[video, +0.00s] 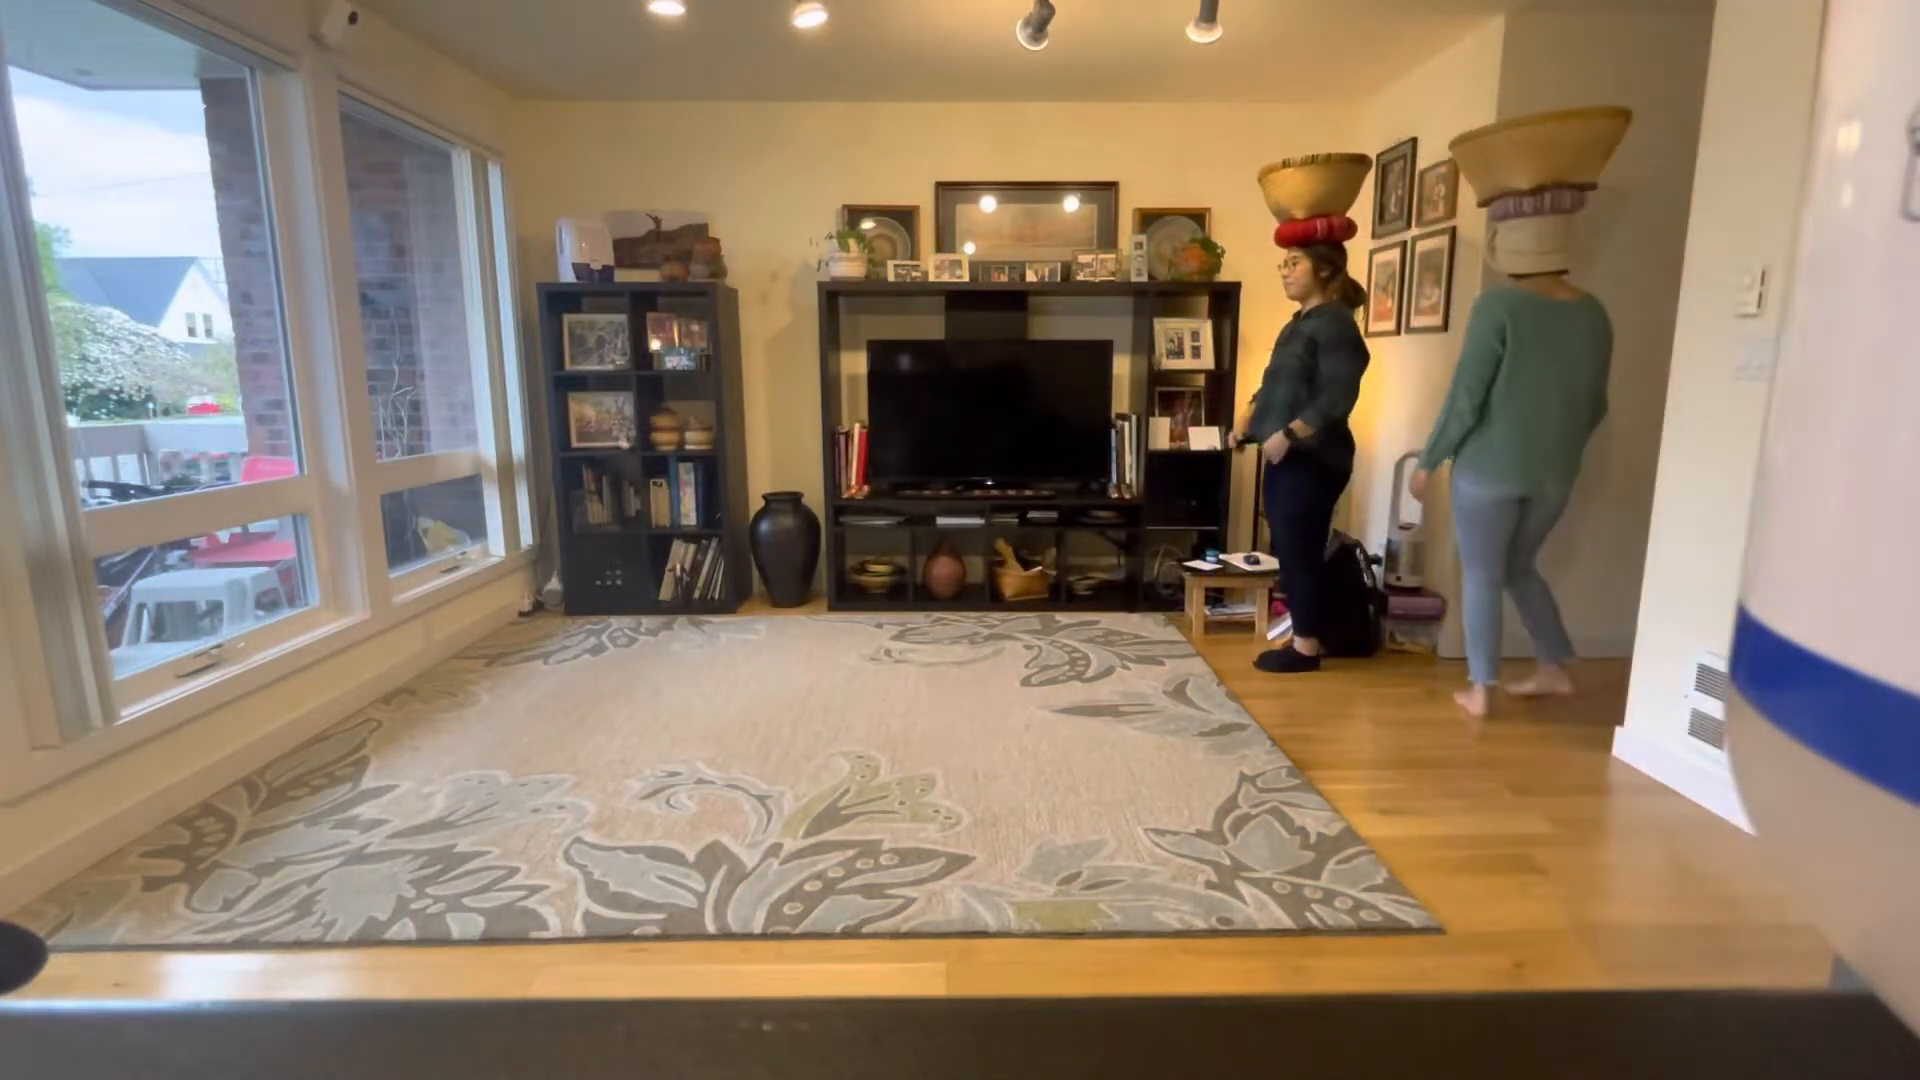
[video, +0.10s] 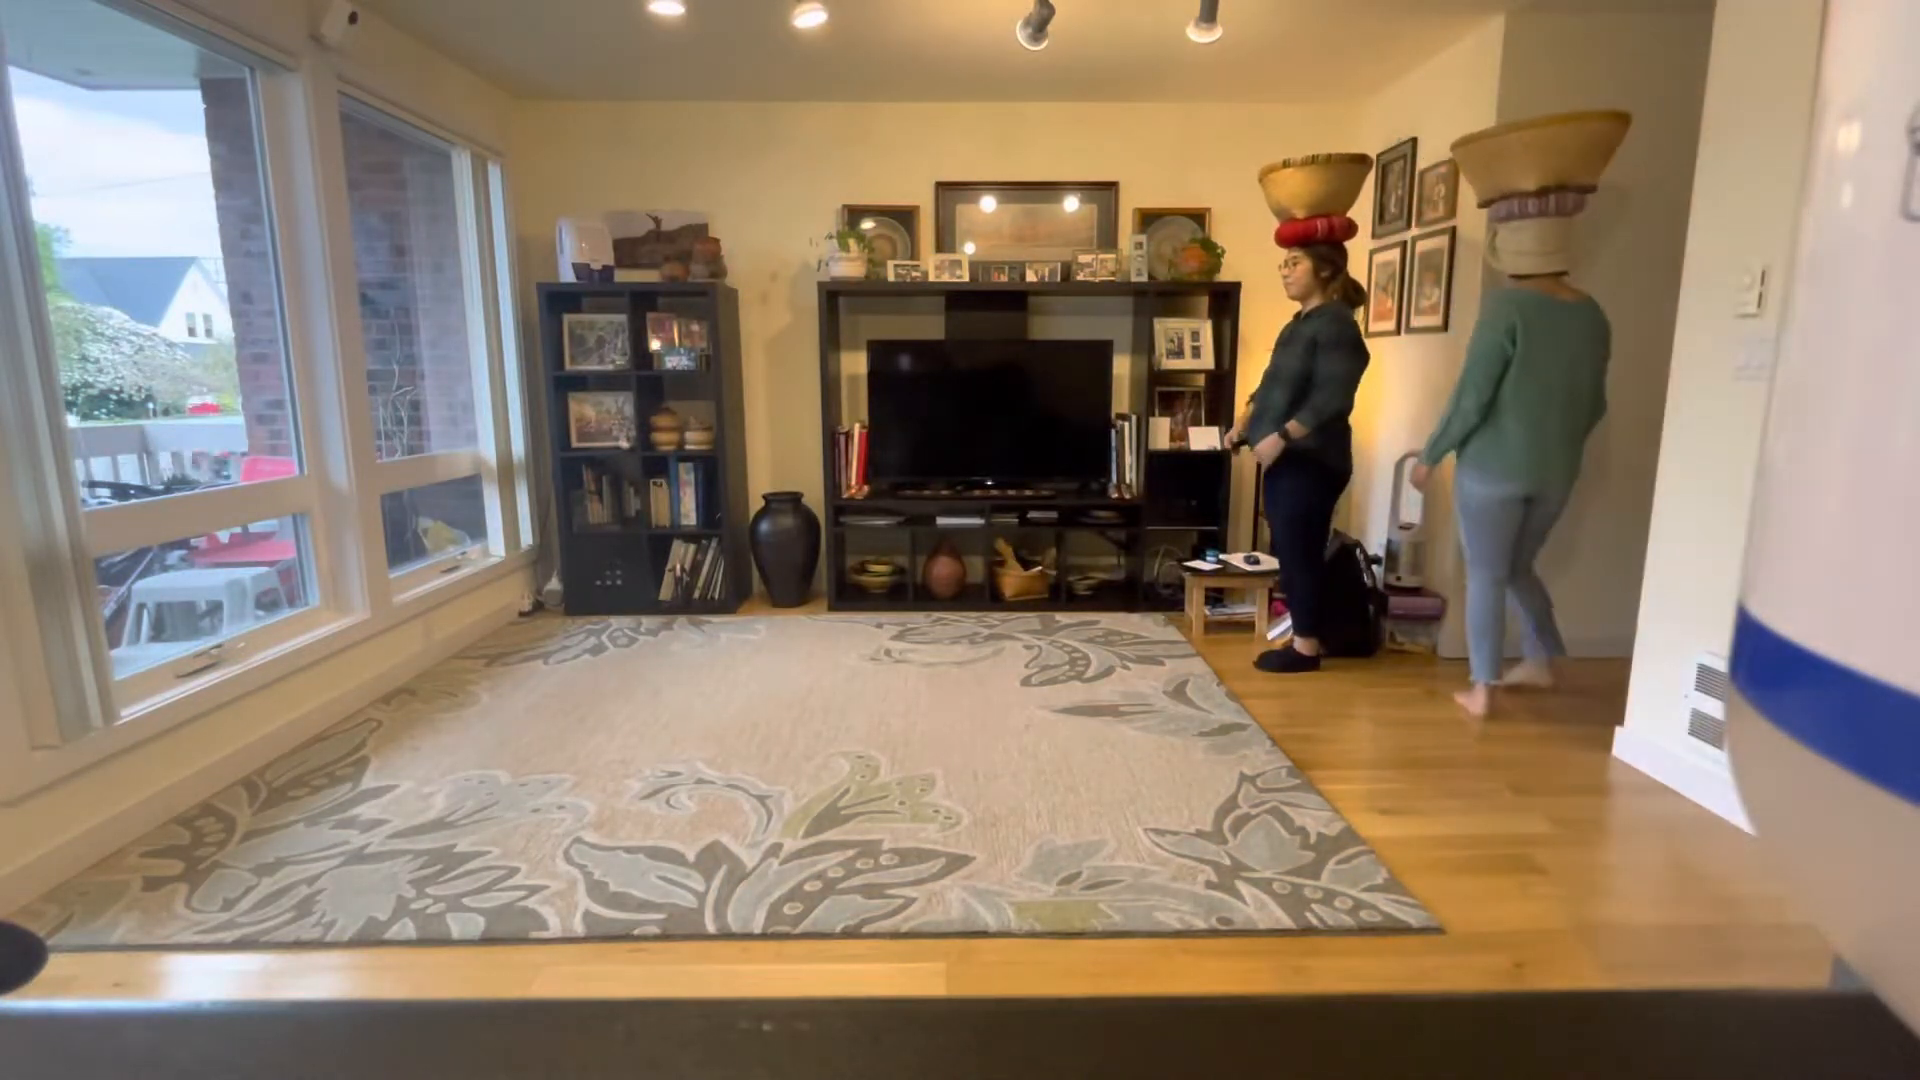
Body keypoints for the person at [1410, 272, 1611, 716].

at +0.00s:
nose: (1499, 261)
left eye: (1501, 253)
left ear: (1508, 258)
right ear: (1559, 256)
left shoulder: (1498, 305)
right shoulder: (1591, 312)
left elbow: (1467, 399)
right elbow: (1595, 404)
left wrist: (1427, 461)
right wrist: (1559, 448)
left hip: (1491, 463)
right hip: (1555, 468)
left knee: (1482, 575)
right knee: (1520, 567)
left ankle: (1480, 689)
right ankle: (1554, 667)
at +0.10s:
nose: (1498, 263)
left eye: (1501, 254)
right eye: (1502, 253)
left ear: (1509, 258)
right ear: (1560, 256)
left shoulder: (1506, 306)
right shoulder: (1590, 314)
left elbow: (1474, 396)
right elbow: (1594, 404)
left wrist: (1429, 455)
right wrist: (1560, 444)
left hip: (1495, 464)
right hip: (1556, 468)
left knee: (1486, 575)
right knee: (1520, 567)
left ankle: (1481, 689)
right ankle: (1543, 658)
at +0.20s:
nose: (1498, 264)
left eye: (1500, 256)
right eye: (1502, 255)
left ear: (1511, 261)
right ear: (1560, 259)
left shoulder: (1516, 311)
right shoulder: (1589, 317)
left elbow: (1486, 401)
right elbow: (1590, 404)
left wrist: (1435, 454)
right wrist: (1552, 435)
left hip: (1504, 465)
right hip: (1559, 468)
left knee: (1490, 572)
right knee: (1520, 566)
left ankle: (1482, 689)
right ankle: (1533, 661)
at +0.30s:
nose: (1508, 270)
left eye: (1510, 262)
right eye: (1510, 260)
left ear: (1518, 268)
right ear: (1565, 262)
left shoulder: (1535, 317)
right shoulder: (1586, 314)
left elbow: (1509, 410)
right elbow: (1576, 398)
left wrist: (1459, 465)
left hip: (1522, 469)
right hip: (1566, 469)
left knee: (1494, 573)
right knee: (1525, 567)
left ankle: (1486, 686)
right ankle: (1534, 665)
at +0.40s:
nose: (1508, 262)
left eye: (1511, 255)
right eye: (1511, 252)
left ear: (1523, 260)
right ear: (1566, 258)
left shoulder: (1546, 314)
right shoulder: (1583, 311)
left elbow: (1534, 405)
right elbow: (1578, 400)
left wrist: (1494, 472)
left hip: (1536, 468)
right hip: (1567, 467)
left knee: (1494, 564)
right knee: (1528, 564)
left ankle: (1506, 678)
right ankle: (1536, 664)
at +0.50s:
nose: (1509, 263)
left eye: (1514, 255)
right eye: (1511, 253)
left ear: (1530, 261)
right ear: (1567, 257)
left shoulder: (1556, 313)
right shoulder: (1582, 309)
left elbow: (1551, 399)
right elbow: (1571, 399)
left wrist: (1525, 471)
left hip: (1538, 466)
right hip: (1567, 466)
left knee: (1499, 562)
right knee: (1531, 563)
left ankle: (1523, 676)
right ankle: (1536, 665)